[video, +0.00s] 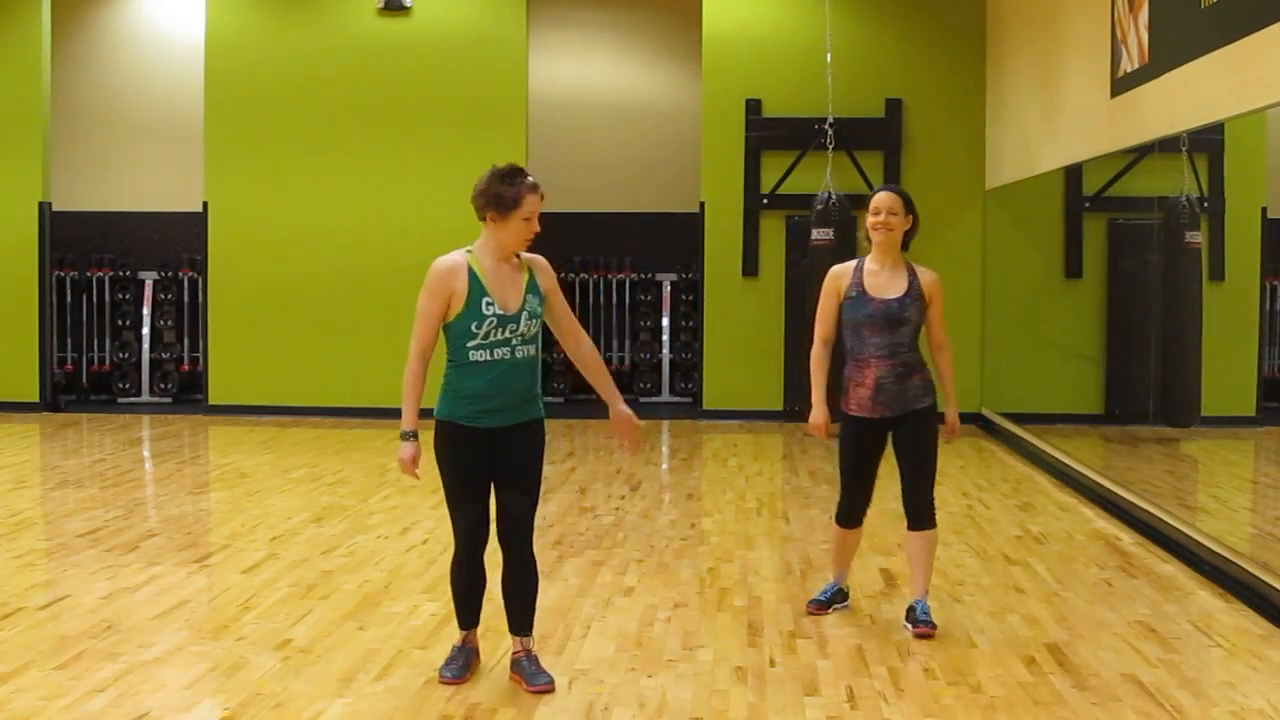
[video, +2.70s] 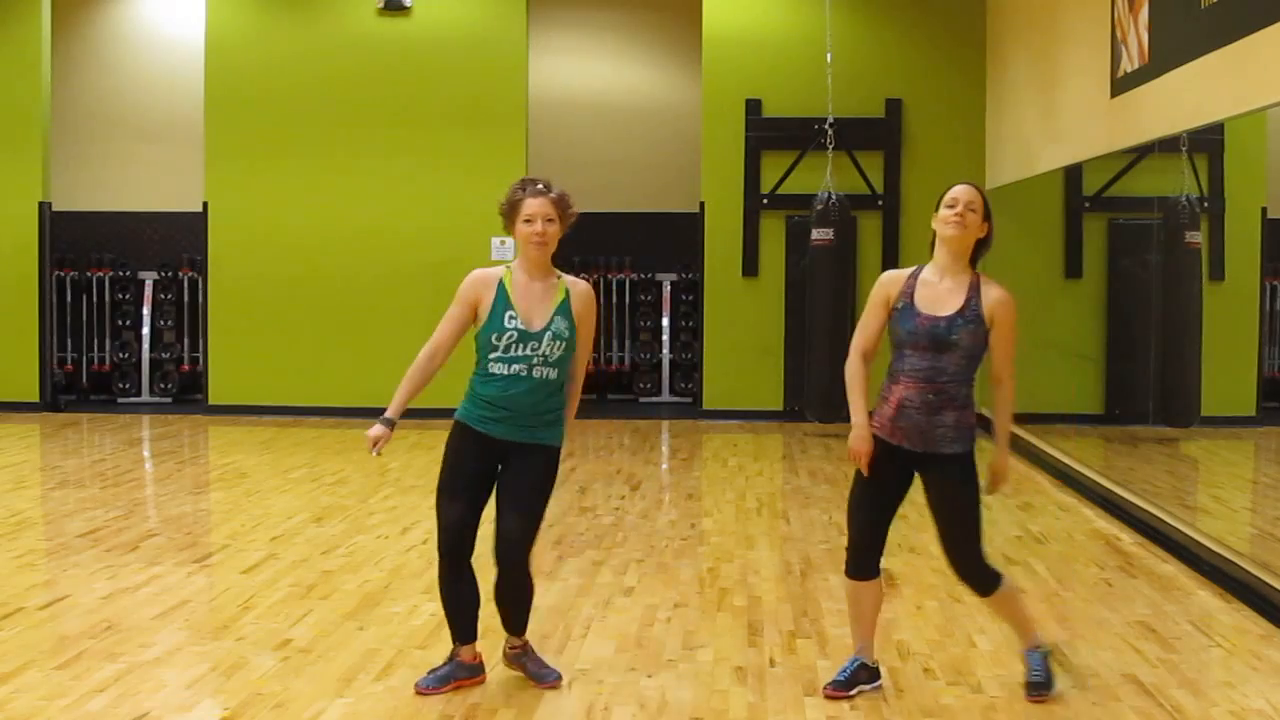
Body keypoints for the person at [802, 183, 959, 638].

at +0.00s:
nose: (881, 219)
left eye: (891, 213)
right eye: (875, 212)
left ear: (908, 223)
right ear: (865, 220)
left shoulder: (925, 281)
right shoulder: (841, 276)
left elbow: (940, 346)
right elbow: (821, 343)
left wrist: (951, 404)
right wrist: (818, 402)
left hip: (915, 406)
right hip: (859, 407)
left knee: (920, 504)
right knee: (852, 502)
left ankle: (921, 602)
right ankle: (837, 585)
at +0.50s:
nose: (918, 223)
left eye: (926, 215)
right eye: (909, 216)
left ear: (941, 221)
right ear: (895, 223)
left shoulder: (963, 282)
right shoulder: (873, 280)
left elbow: (972, 347)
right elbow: (855, 349)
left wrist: (970, 400)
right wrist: (847, 411)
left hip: (941, 415)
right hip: (886, 414)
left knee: (932, 515)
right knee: (903, 515)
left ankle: (921, 604)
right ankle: (911, 620)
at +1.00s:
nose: (928, 214)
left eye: (937, 207)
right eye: (918, 205)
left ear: (949, 215)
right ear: (902, 211)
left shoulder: (967, 277)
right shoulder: (873, 273)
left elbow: (980, 351)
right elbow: (854, 347)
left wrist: (989, 416)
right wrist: (864, 409)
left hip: (951, 422)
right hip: (891, 424)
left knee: (972, 532)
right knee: (903, 534)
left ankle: (979, 639)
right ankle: (916, 636)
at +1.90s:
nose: (972, 200)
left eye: (980, 194)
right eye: (960, 196)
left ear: (995, 211)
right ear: (944, 216)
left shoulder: (1020, 283)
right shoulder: (921, 276)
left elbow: (1027, 362)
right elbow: (888, 350)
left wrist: (1032, 427)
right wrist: (886, 422)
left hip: (998, 437)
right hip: (931, 436)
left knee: (1045, 543)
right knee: (904, 550)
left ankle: (1059, 656)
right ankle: (881, 656)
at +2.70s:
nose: (956, 212)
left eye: (969, 209)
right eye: (949, 205)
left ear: (983, 232)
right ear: (933, 221)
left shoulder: (993, 299)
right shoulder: (894, 283)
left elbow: (1003, 380)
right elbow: (857, 356)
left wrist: (1002, 449)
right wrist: (859, 424)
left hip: (949, 445)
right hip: (888, 436)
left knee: (969, 566)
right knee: (861, 547)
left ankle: (1033, 644)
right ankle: (863, 659)